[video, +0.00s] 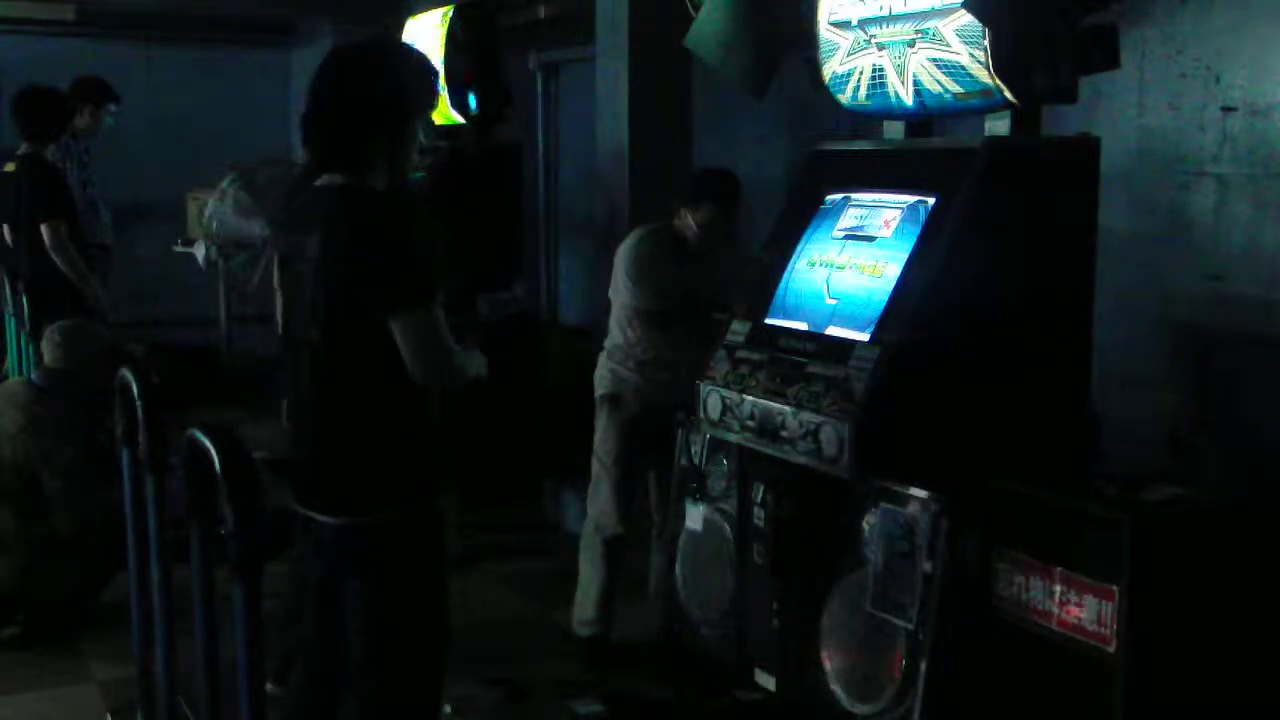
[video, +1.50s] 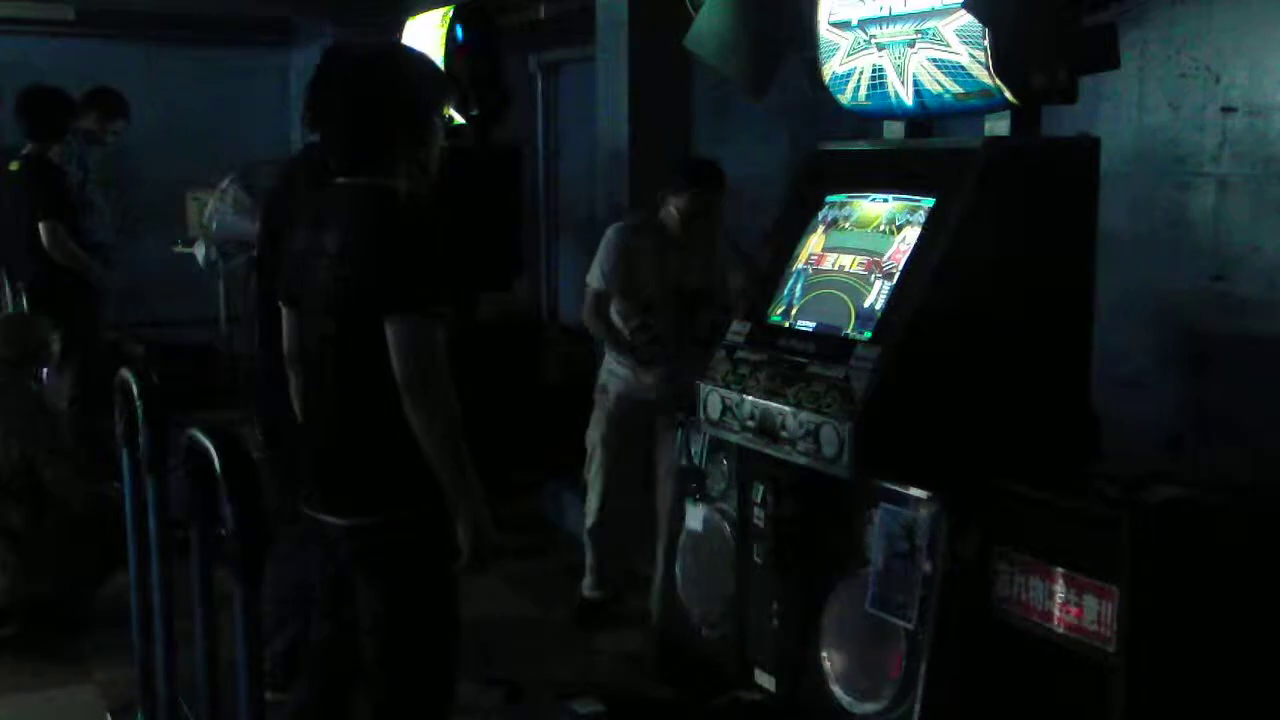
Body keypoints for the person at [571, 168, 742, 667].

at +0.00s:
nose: (710, 232)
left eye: (718, 224)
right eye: (705, 220)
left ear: (726, 223)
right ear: (684, 211)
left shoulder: (714, 258)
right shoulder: (643, 249)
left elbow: (722, 320)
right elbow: (645, 327)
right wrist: (710, 318)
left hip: (677, 392)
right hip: (624, 387)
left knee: (672, 511)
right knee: (611, 510)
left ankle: (666, 624)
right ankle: (590, 626)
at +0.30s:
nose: (718, 231)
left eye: (725, 222)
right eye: (712, 219)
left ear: (731, 219)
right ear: (689, 211)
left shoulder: (719, 257)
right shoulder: (644, 249)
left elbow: (732, 318)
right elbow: (631, 336)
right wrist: (687, 375)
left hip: (679, 389)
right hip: (627, 386)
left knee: (673, 509)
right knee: (612, 509)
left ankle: (665, 624)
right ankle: (592, 626)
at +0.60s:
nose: (722, 234)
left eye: (728, 225)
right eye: (715, 222)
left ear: (732, 222)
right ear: (692, 213)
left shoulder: (718, 260)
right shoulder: (646, 248)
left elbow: (733, 321)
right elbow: (632, 332)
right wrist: (688, 381)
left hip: (679, 391)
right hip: (626, 385)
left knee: (674, 508)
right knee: (612, 508)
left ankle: (667, 622)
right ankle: (591, 624)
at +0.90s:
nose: (721, 231)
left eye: (730, 222)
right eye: (715, 219)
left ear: (737, 223)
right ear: (695, 211)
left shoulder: (724, 260)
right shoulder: (649, 250)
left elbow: (733, 325)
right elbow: (645, 340)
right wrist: (698, 384)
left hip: (681, 394)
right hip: (628, 388)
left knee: (675, 511)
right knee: (612, 511)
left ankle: (666, 624)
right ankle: (591, 625)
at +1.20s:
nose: (721, 227)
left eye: (731, 218)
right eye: (716, 215)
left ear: (738, 220)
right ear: (696, 208)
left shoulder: (727, 259)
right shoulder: (649, 245)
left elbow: (737, 325)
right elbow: (634, 327)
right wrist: (689, 377)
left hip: (685, 395)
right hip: (631, 388)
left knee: (677, 509)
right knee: (609, 507)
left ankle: (666, 621)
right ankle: (588, 617)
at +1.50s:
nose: (693, 217)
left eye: (702, 208)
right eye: (688, 205)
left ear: (712, 208)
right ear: (669, 196)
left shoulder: (711, 246)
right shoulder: (624, 238)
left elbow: (726, 311)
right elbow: (593, 311)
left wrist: (699, 361)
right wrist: (637, 361)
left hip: (681, 386)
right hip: (623, 384)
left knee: (676, 499)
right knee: (606, 495)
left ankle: (668, 605)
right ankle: (597, 592)